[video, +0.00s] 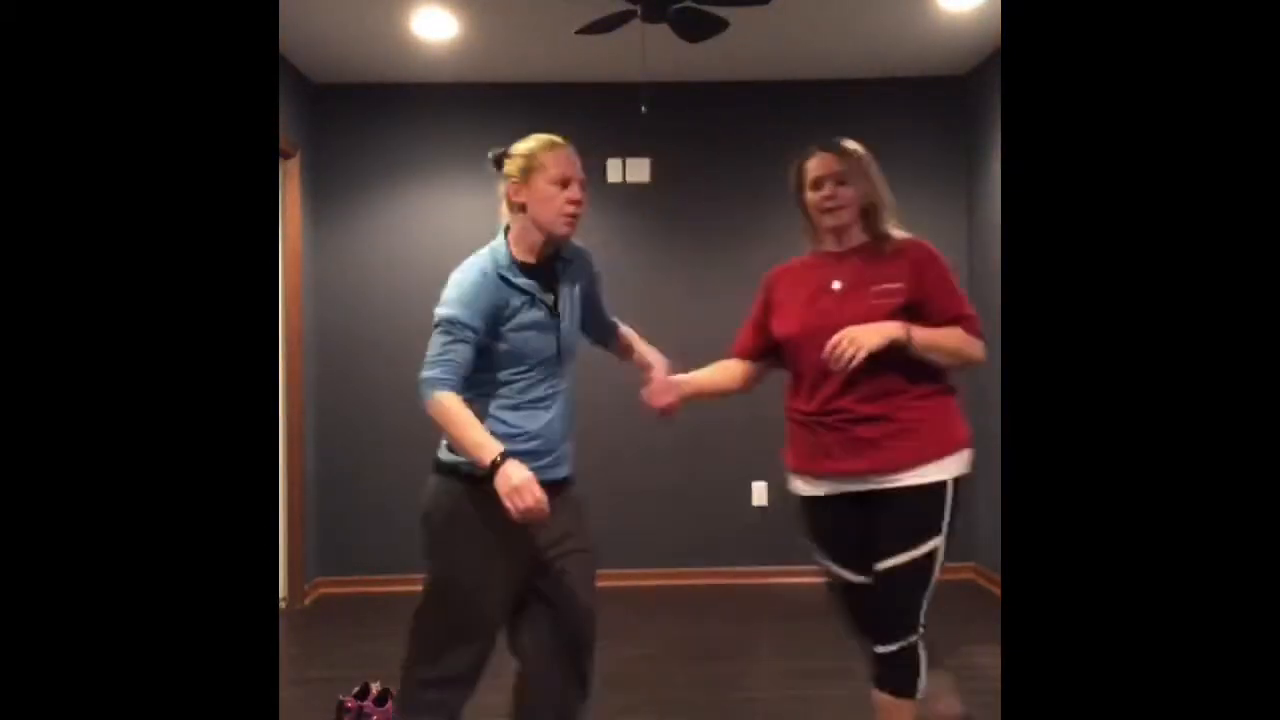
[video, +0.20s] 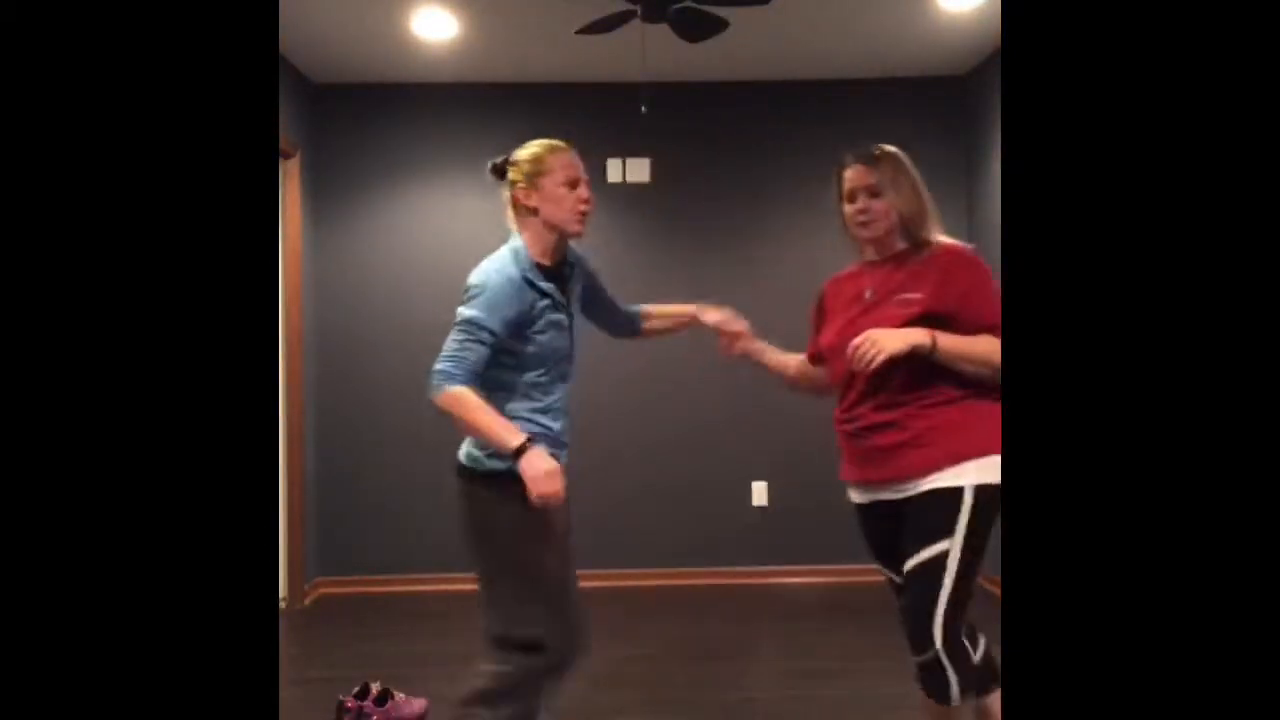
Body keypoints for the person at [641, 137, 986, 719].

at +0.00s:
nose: (829, 194)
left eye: (841, 181)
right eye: (817, 185)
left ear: (867, 187)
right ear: (803, 200)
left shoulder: (913, 260)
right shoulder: (785, 281)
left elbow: (971, 348)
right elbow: (747, 366)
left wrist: (895, 332)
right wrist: (682, 384)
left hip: (916, 471)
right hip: (824, 480)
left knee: (894, 634)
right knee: (871, 629)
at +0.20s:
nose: (859, 207)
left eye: (873, 194)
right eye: (849, 197)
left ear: (904, 196)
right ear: (841, 208)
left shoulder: (954, 266)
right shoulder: (838, 290)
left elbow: (997, 352)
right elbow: (824, 375)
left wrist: (921, 337)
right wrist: (755, 348)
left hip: (959, 472)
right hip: (876, 485)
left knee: (932, 634)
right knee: (939, 631)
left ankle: (975, 700)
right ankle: (989, 695)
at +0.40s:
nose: (881, 186)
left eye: (895, 173)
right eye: (871, 178)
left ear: (930, 181)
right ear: (864, 195)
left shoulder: (979, 263)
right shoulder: (847, 284)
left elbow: (1005, 354)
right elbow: (819, 377)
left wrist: (954, 335)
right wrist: (781, 300)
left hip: (970, 491)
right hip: (881, 499)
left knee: (950, 664)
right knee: (946, 647)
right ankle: (991, 687)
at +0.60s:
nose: (881, 168)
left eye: (895, 156)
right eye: (866, 161)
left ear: (925, 172)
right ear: (850, 185)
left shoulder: (983, 259)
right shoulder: (826, 260)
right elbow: (741, 242)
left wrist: (984, 305)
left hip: (973, 489)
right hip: (863, 493)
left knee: (962, 671)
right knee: (886, 675)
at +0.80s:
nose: (854, 167)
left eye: (864, 154)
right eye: (836, 153)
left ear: (877, 168)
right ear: (799, 168)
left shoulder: (896, 257)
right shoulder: (779, 243)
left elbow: (959, 363)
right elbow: (817, 168)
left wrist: (954, 301)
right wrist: (860, 102)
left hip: (922, 481)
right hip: (824, 485)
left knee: (940, 666)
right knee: (848, 667)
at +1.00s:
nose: (794, 162)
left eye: (789, 148)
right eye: (784, 150)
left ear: (713, 166)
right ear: (755, 162)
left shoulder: (712, 244)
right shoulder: (773, 231)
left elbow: (776, 334)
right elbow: (920, 257)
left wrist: (861, 341)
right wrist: (918, 239)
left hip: (726, 480)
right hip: (789, 485)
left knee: (841, 635)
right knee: (811, 658)